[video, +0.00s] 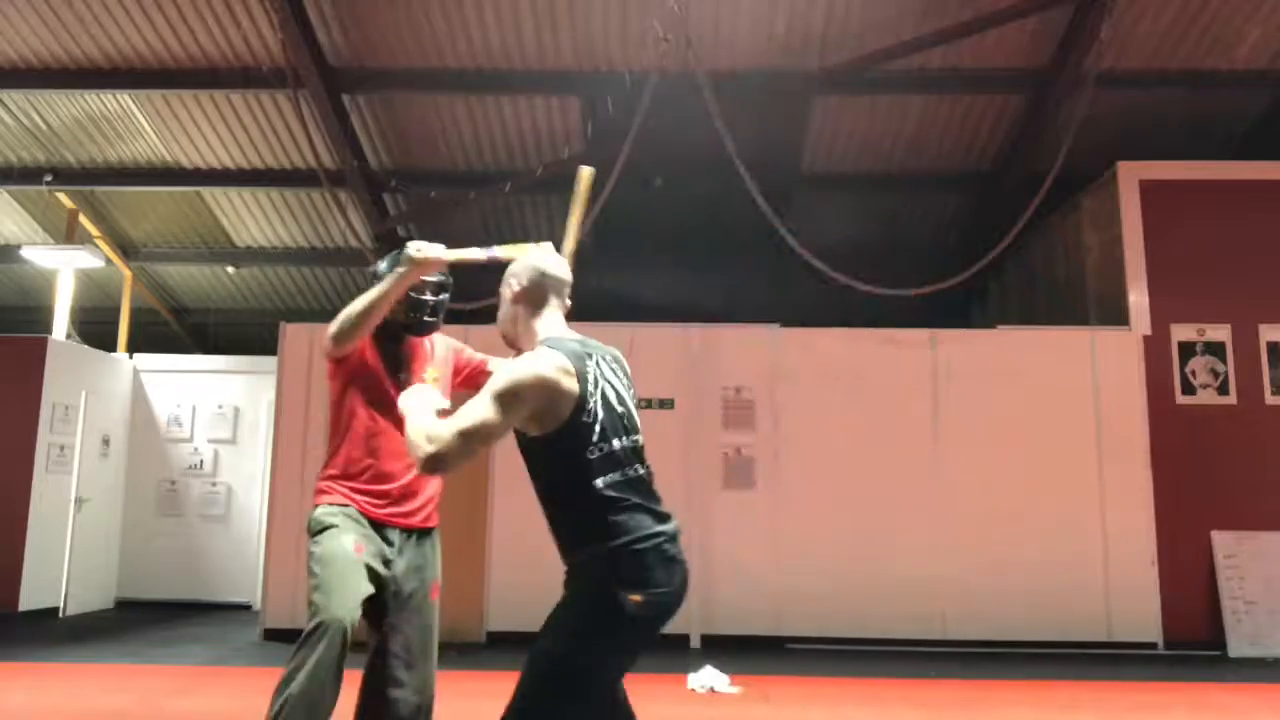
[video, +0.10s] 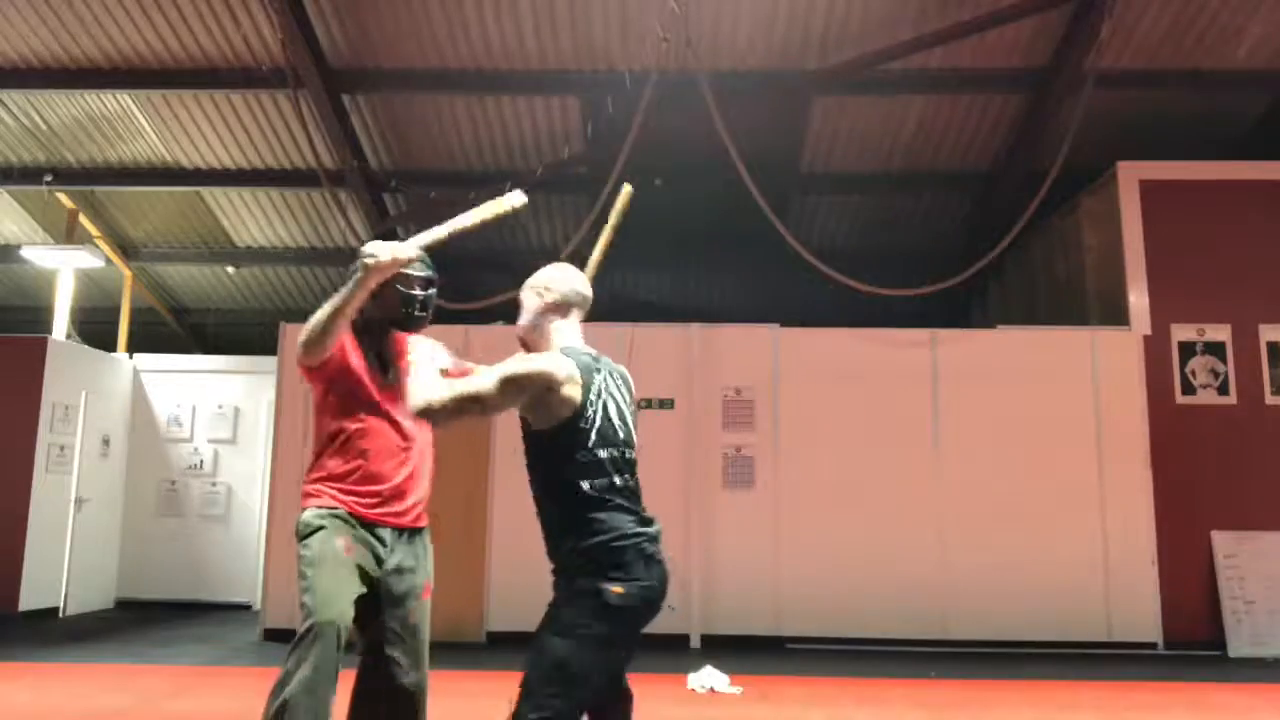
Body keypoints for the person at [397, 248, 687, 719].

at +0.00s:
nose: (498, 317)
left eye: (500, 299)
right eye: (499, 301)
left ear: (515, 294)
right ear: (562, 299)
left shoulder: (532, 373)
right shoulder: (609, 359)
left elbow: (432, 453)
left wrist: (417, 402)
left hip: (616, 575)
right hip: (659, 565)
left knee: (533, 710)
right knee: (593, 689)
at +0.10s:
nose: (516, 321)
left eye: (521, 305)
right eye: (519, 306)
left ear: (544, 303)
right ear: (577, 308)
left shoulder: (543, 370)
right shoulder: (616, 375)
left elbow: (428, 405)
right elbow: (539, 385)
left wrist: (418, 355)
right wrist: (468, 370)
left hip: (600, 579)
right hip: (638, 571)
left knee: (539, 708)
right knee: (604, 693)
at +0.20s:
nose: (525, 343)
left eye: (535, 333)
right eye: (528, 333)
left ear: (570, 334)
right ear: (573, 336)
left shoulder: (568, 380)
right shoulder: (598, 395)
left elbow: (483, 387)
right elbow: (489, 394)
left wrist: (423, 345)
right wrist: (429, 358)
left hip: (600, 567)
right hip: (617, 563)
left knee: (574, 704)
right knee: (576, 700)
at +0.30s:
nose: (522, 360)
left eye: (531, 350)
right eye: (522, 351)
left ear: (565, 349)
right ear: (567, 353)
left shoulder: (575, 390)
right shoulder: (594, 397)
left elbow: (518, 392)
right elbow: (593, 439)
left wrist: (444, 354)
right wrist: (551, 433)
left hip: (605, 558)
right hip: (628, 558)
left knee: (555, 690)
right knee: (572, 676)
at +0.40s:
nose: (516, 361)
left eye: (523, 350)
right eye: (516, 352)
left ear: (554, 349)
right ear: (553, 351)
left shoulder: (576, 384)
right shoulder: (564, 397)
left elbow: (516, 378)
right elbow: (588, 459)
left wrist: (443, 347)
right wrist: (543, 444)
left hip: (611, 549)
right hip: (601, 548)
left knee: (568, 690)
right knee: (565, 688)